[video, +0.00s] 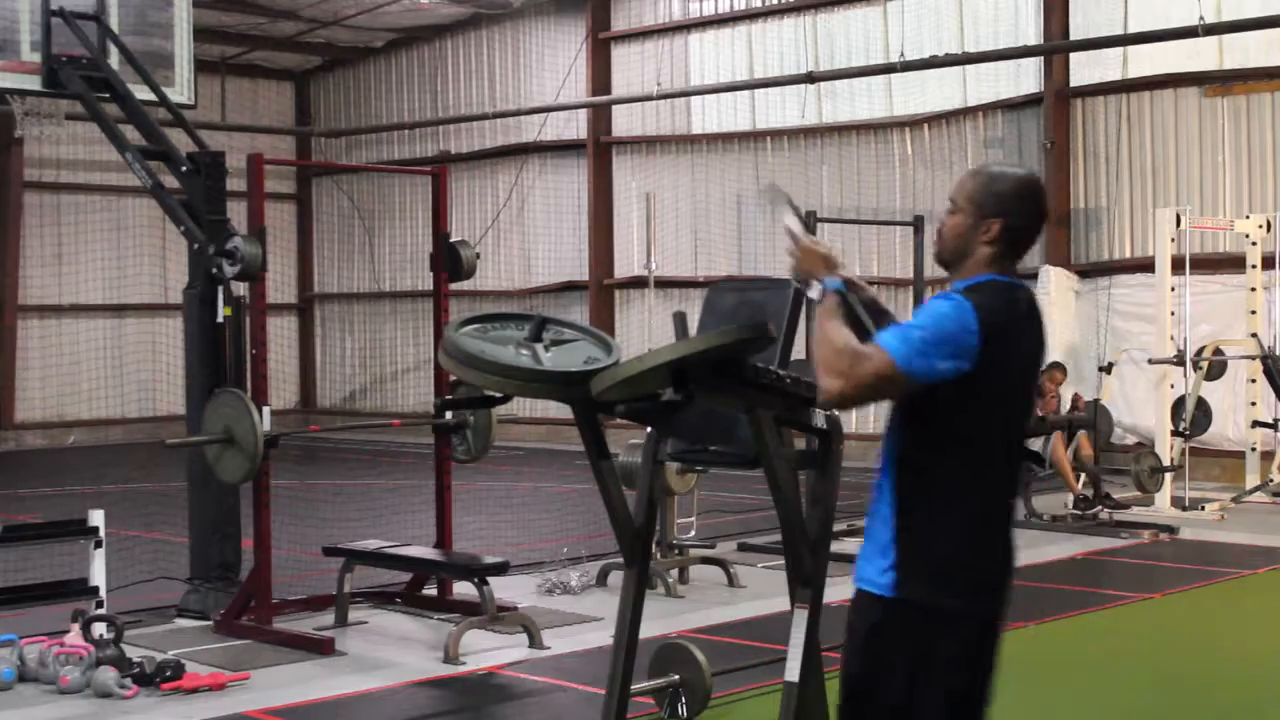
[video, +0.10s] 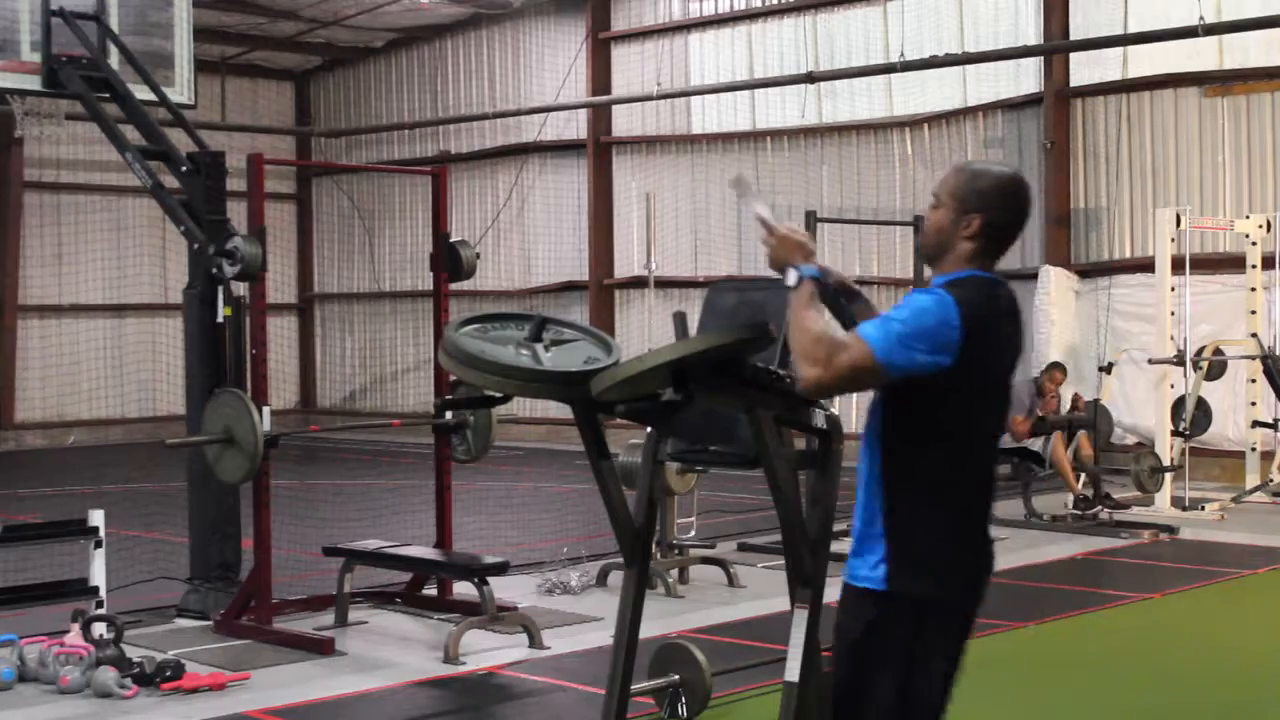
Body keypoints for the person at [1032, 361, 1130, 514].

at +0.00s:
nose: (1054, 388)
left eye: (1058, 385)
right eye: (1052, 383)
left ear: (1060, 383)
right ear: (1043, 377)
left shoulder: (1055, 395)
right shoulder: (1033, 394)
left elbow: (1059, 422)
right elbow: (1031, 424)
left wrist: (1073, 410)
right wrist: (1045, 411)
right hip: (1030, 439)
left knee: (1081, 434)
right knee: (1055, 437)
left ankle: (1099, 493)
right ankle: (1078, 496)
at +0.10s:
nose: (1054, 390)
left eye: (1058, 386)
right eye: (1051, 384)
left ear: (1061, 385)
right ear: (1042, 376)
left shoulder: (1054, 395)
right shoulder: (1022, 390)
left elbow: (1053, 425)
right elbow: (1018, 433)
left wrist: (1073, 412)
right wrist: (1040, 411)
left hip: (1039, 438)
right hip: (1013, 441)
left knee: (1081, 435)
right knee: (1055, 438)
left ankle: (1099, 494)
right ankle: (1078, 496)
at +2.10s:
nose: (1053, 388)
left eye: (1058, 385)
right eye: (1051, 382)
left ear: (1061, 385)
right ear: (1042, 374)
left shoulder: (1052, 396)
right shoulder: (1021, 391)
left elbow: (1054, 427)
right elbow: (1019, 435)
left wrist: (1073, 412)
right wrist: (1040, 413)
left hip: (1029, 438)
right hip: (1004, 439)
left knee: (1080, 435)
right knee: (1055, 439)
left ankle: (1099, 494)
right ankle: (1079, 498)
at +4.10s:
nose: (1054, 389)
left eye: (1058, 385)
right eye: (1051, 382)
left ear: (1061, 384)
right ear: (1041, 375)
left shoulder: (1051, 396)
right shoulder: (1020, 391)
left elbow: (1053, 427)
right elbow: (1018, 435)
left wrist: (1073, 412)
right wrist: (1040, 412)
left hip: (1029, 438)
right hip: (1004, 439)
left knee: (1080, 435)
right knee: (1055, 439)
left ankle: (1099, 494)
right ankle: (1079, 498)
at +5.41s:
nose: (1054, 388)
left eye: (1059, 385)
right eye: (1051, 381)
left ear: (1061, 385)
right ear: (1041, 375)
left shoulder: (1051, 396)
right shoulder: (1021, 391)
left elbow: (1054, 428)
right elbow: (1019, 435)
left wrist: (1073, 412)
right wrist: (1041, 412)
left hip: (1029, 439)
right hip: (1005, 441)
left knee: (1081, 436)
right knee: (1055, 439)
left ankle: (1100, 494)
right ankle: (1079, 499)